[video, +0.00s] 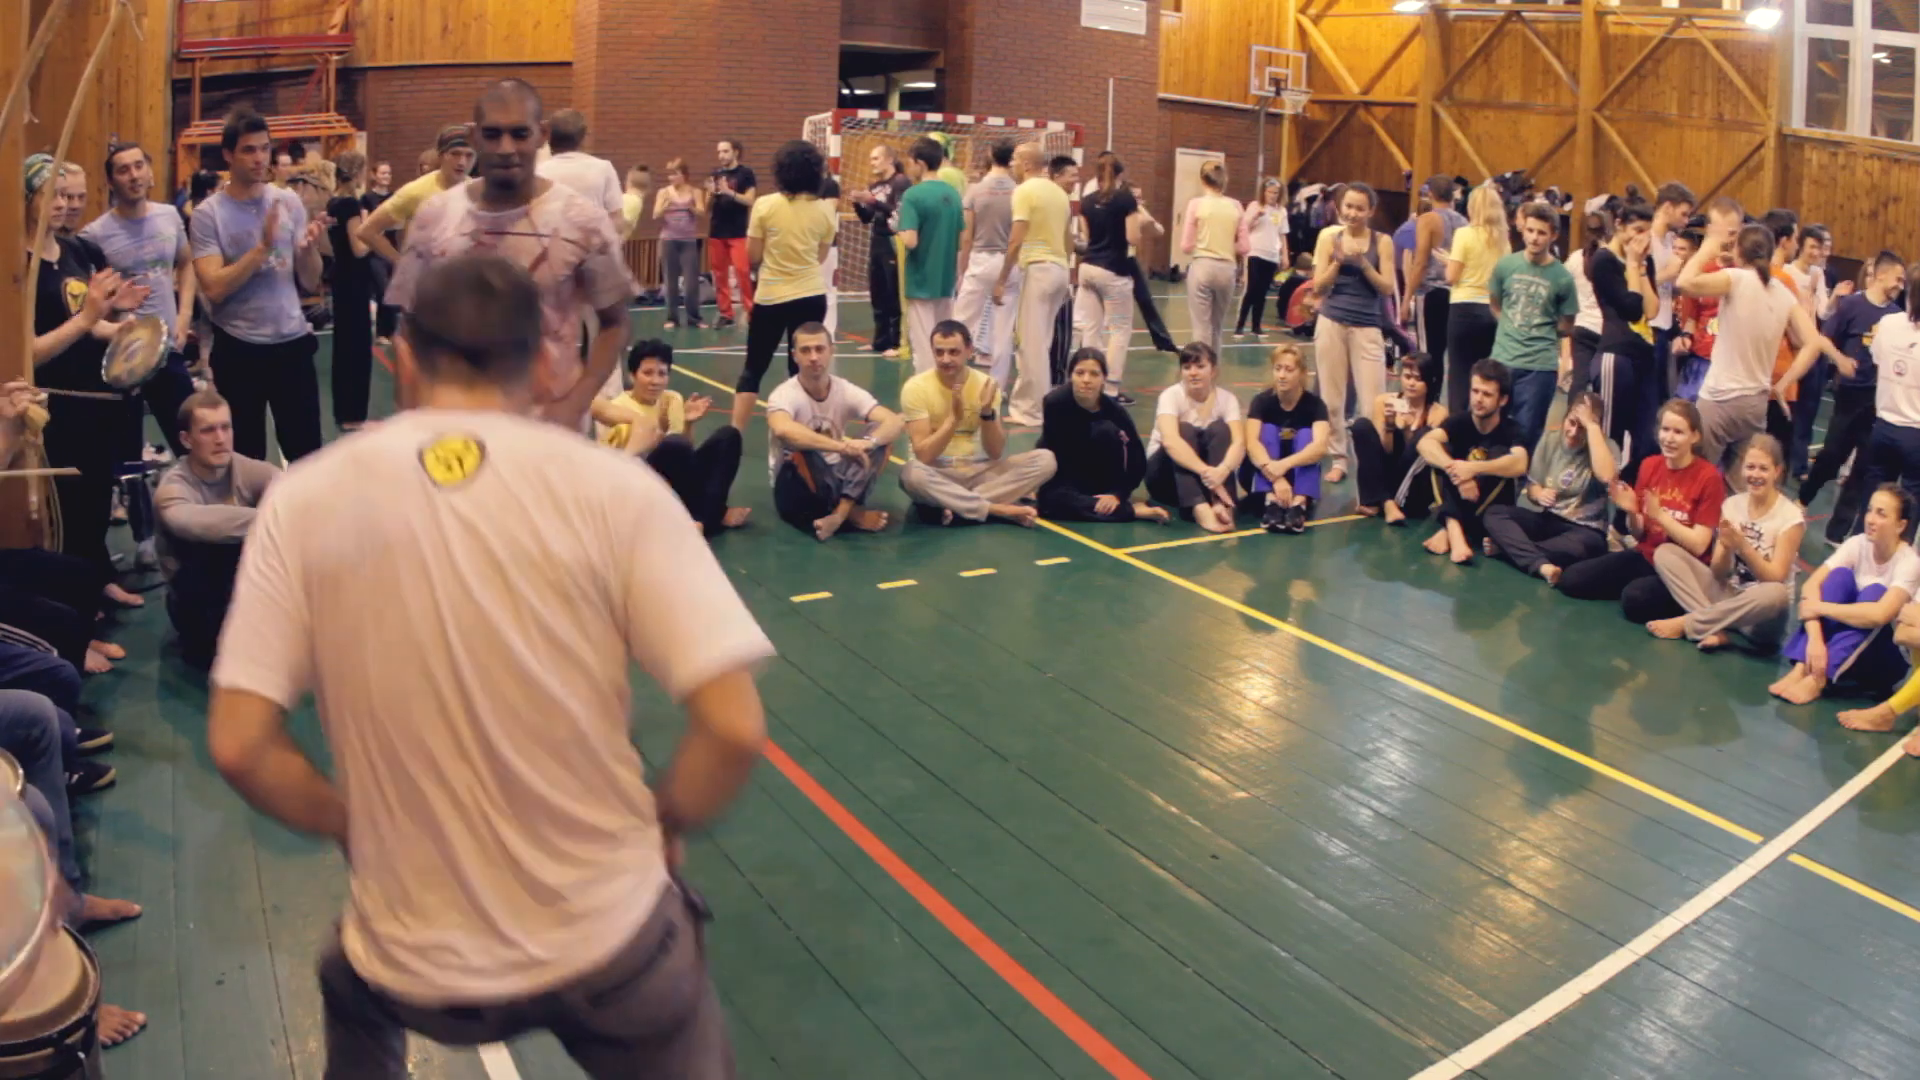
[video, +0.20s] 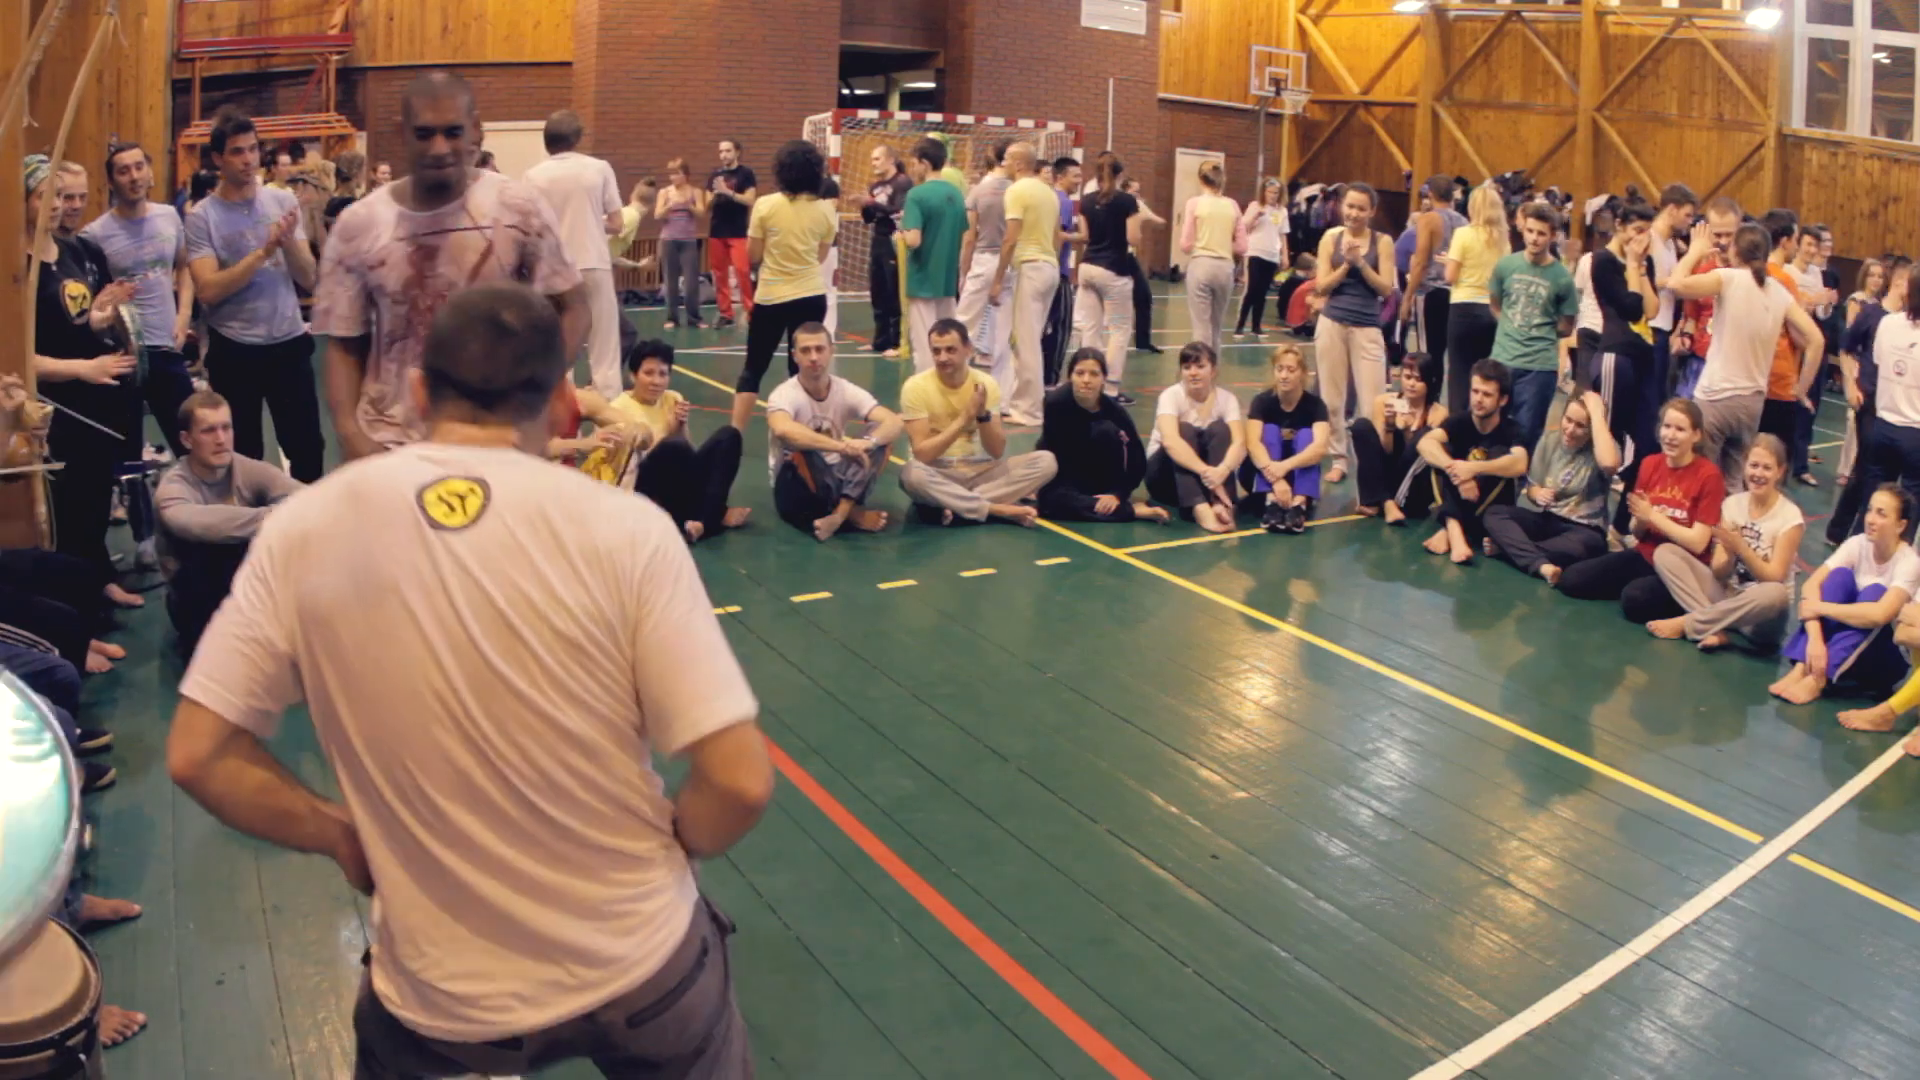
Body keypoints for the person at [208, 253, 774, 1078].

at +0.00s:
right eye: (561, 355)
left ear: (399, 355)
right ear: (545, 363)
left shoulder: (306, 498)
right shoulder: (611, 486)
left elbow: (240, 743)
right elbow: (734, 725)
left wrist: (365, 824)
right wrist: (662, 822)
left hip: (418, 969)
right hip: (612, 954)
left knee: (353, 998)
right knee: (682, 1057)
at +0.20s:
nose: (575, 405)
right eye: (573, 389)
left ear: (420, 388)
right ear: (564, 407)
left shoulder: (306, 527)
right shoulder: (627, 528)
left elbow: (200, 754)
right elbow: (741, 780)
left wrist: (340, 834)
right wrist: (665, 838)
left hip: (436, 1003)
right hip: (643, 977)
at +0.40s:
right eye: (469, 318)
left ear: (314, 349)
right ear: (457, 327)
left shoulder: (246, 495)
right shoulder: (571, 438)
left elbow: (195, 761)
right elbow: (705, 660)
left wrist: (328, 774)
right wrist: (623, 768)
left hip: (395, 945)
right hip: (591, 912)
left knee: (374, 1050)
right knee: (664, 1066)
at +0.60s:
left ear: (258, 476)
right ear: (402, 433)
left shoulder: (253, 662)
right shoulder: (554, 533)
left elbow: (306, 953)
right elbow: (674, 720)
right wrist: (552, 755)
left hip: (413, 999)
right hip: (595, 973)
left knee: (337, 975)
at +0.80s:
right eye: (394, 427)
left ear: (231, 489)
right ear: (375, 445)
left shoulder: (231, 683)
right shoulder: (529, 529)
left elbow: (274, 929)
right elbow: (606, 699)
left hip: (418, 997)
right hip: (598, 967)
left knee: (332, 969)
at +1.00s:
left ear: (145, 443)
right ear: (276, 381)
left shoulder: (165, 615)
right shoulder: (406, 446)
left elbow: (186, 751)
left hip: (393, 973)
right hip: (567, 920)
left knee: (298, 963)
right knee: (652, 1068)